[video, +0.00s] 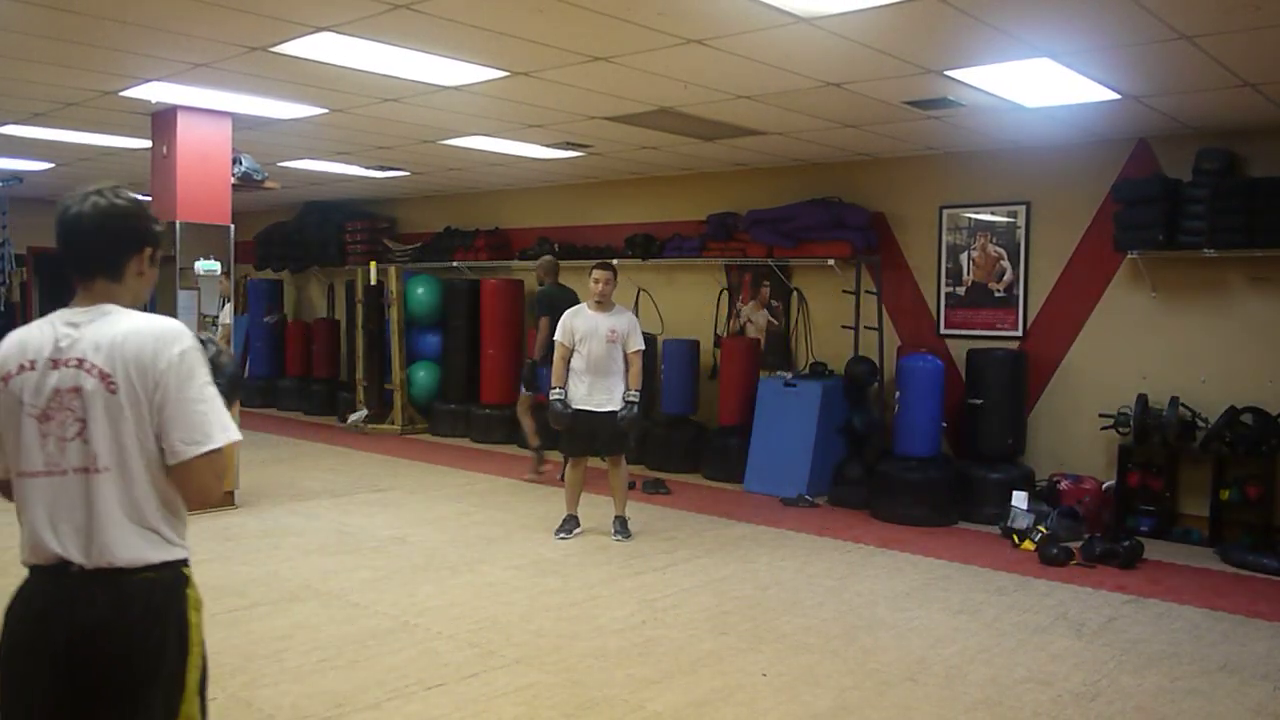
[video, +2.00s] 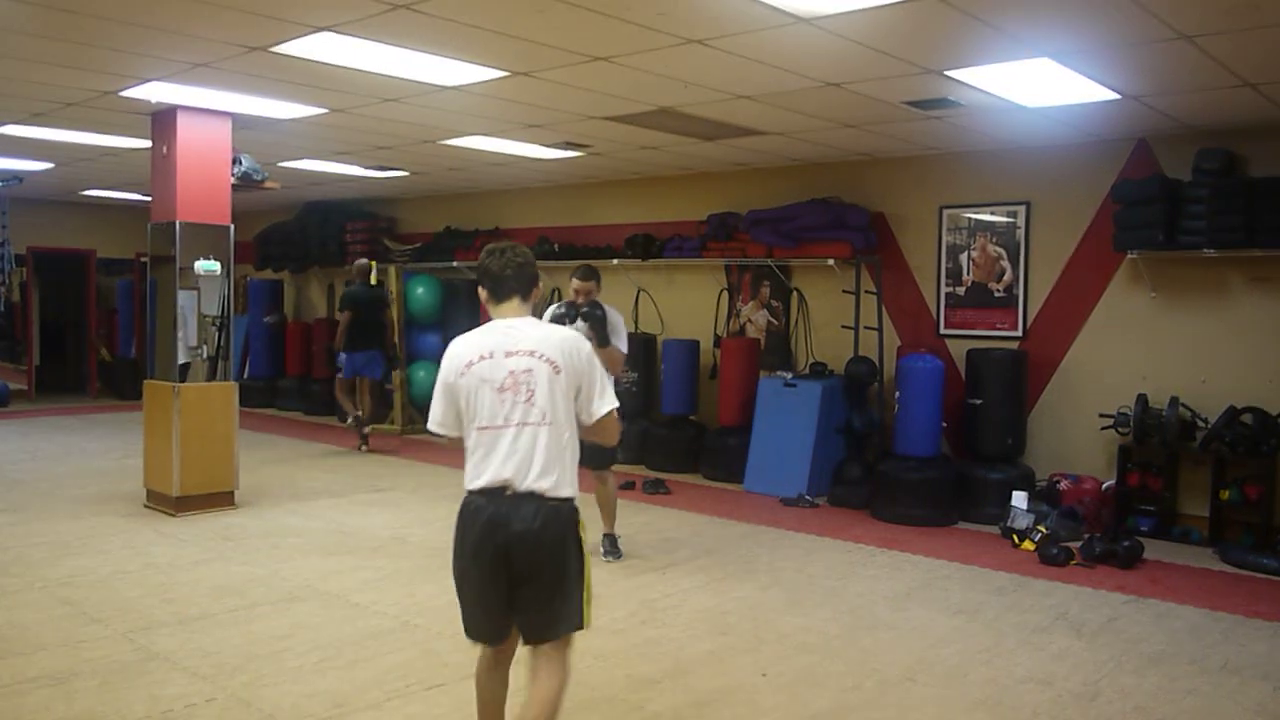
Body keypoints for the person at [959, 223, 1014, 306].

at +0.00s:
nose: (983, 241)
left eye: (986, 236)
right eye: (980, 236)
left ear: (990, 237)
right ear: (975, 237)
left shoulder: (999, 252)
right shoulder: (971, 252)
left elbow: (1009, 272)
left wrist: (1001, 286)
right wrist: (967, 277)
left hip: (990, 288)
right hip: (974, 287)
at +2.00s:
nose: (982, 240)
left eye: (985, 237)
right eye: (979, 237)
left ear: (990, 237)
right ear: (975, 237)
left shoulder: (998, 252)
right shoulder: (971, 252)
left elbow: (1009, 272)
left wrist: (1000, 286)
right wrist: (965, 279)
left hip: (990, 288)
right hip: (974, 287)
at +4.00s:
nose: (983, 241)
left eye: (985, 237)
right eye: (979, 237)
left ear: (990, 237)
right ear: (975, 237)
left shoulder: (998, 252)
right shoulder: (971, 253)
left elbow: (1009, 272)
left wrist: (1000, 286)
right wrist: (966, 279)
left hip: (992, 288)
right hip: (975, 287)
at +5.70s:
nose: (987, 242)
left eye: (990, 238)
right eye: (983, 238)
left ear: (995, 238)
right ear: (979, 238)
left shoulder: (1003, 254)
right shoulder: (975, 254)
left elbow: (1014, 273)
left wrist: (1005, 287)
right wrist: (971, 280)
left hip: (995, 289)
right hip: (979, 288)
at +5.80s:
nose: (995, 240)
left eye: (999, 236)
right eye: (992, 236)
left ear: (1004, 237)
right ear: (988, 237)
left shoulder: (1012, 252)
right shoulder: (985, 251)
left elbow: (1023, 272)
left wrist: (1015, 286)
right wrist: (979, 278)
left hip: (1004, 288)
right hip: (988, 287)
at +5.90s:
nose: (1006, 240)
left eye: (1009, 236)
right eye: (1003, 236)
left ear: (1014, 237)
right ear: (999, 237)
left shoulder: (1022, 252)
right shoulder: (994, 253)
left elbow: (1033, 272)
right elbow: (991, 269)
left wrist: (1025, 286)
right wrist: (990, 279)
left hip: (1014, 287)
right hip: (998, 286)